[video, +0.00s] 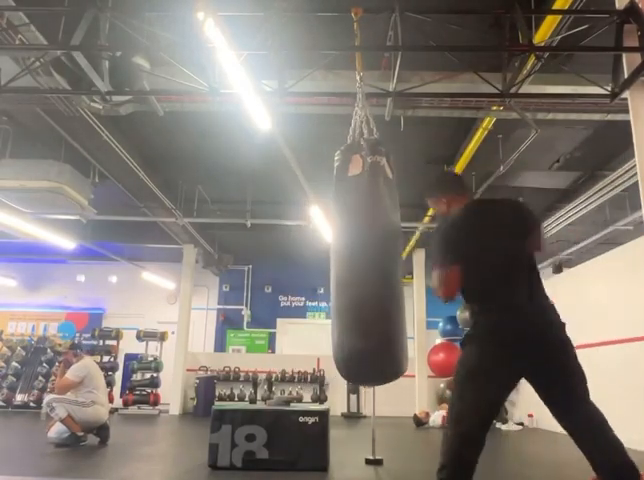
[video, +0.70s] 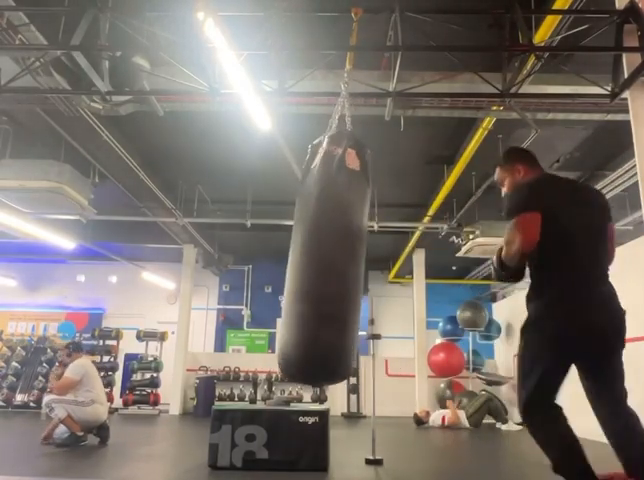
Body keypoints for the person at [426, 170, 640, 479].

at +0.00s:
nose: (435, 212)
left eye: (434, 205)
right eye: (432, 206)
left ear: (445, 199)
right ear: (465, 191)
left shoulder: (452, 229)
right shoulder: (512, 208)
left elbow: (447, 291)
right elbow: (537, 245)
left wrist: (447, 266)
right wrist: (502, 250)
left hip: (493, 335)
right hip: (543, 328)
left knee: (464, 431)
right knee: (579, 413)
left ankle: (452, 474)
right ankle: (626, 474)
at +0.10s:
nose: (423, 225)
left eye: (421, 216)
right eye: (419, 218)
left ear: (436, 207)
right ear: (449, 201)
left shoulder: (459, 233)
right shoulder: (493, 220)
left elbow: (465, 293)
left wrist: (446, 284)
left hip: (495, 342)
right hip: (537, 334)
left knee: (453, 434)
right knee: (586, 427)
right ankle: (632, 472)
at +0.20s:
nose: (425, 224)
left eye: (424, 214)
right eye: (422, 217)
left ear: (438, 204)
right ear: (454, 199)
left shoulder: (459, 222)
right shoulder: (504, 221)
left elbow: (464, 268)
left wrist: (433, 280)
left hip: (490, 339)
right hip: (536, 333)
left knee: (451, 425)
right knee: (569, 421)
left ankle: (447, 473)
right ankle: (621, 474)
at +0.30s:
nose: (440, 223)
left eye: (440, 216)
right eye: (437, 218)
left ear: (452, 205)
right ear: (469, 201)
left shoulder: (460, 219)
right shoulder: (529, 225)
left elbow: (452, 249)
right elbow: (550, 280)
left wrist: (430, 284)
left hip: (491, 339)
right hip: (543, 338)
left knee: (454, 422)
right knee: (559, 419)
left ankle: (445, 473)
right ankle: (603, 475)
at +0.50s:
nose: (484, 209)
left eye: (484, 203)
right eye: (482, 205)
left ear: (497, 192)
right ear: (516, 189)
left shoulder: (498, 212)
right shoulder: (570, 215)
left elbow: (493, 260)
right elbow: (573, 275)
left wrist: (468, 308)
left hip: (527, 334)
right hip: (579, 334)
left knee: (491, 422)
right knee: (594, 427)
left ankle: (475, 472)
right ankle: (616, 476)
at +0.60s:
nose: (492, 198)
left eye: (491, 190)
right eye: (489, 193)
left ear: (506, 175)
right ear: (525, 174)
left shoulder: (512, 195)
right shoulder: (579, 198)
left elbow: (514, 245)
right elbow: (582, 259)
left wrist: (498, 285)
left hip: (540, 311)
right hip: (591, 311)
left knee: (508, 399)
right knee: (602, 408)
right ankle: (624, 473)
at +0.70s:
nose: (503, 192)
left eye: (503, 183)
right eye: (500, 185)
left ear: (520, 170)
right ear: (534, 167)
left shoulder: (528, 191)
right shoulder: (592, 194)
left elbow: (523, 240)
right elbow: (609, 252)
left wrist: (505, 264)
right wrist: (579, 271)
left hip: (555, 312)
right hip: (603, 310)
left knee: (535, 405)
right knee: (612, 406)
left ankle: (581, 475)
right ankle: (638, 470)